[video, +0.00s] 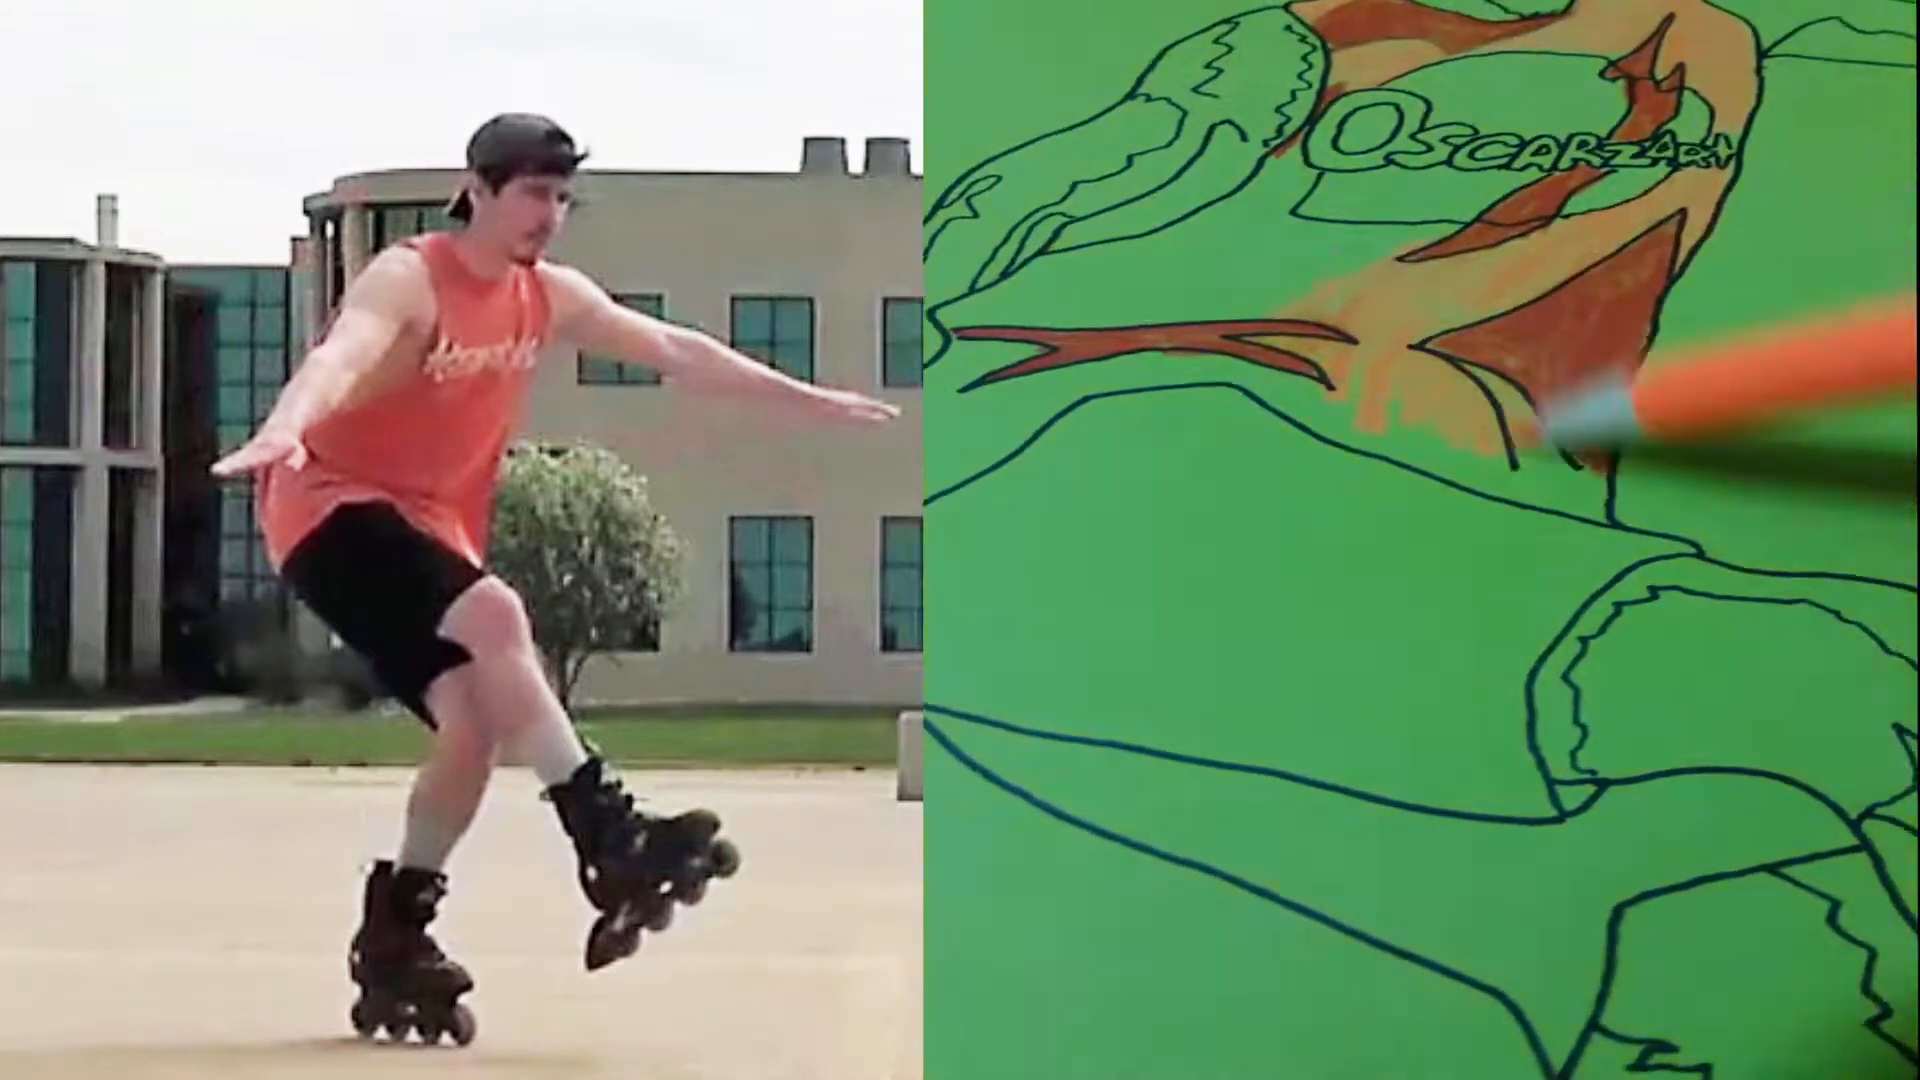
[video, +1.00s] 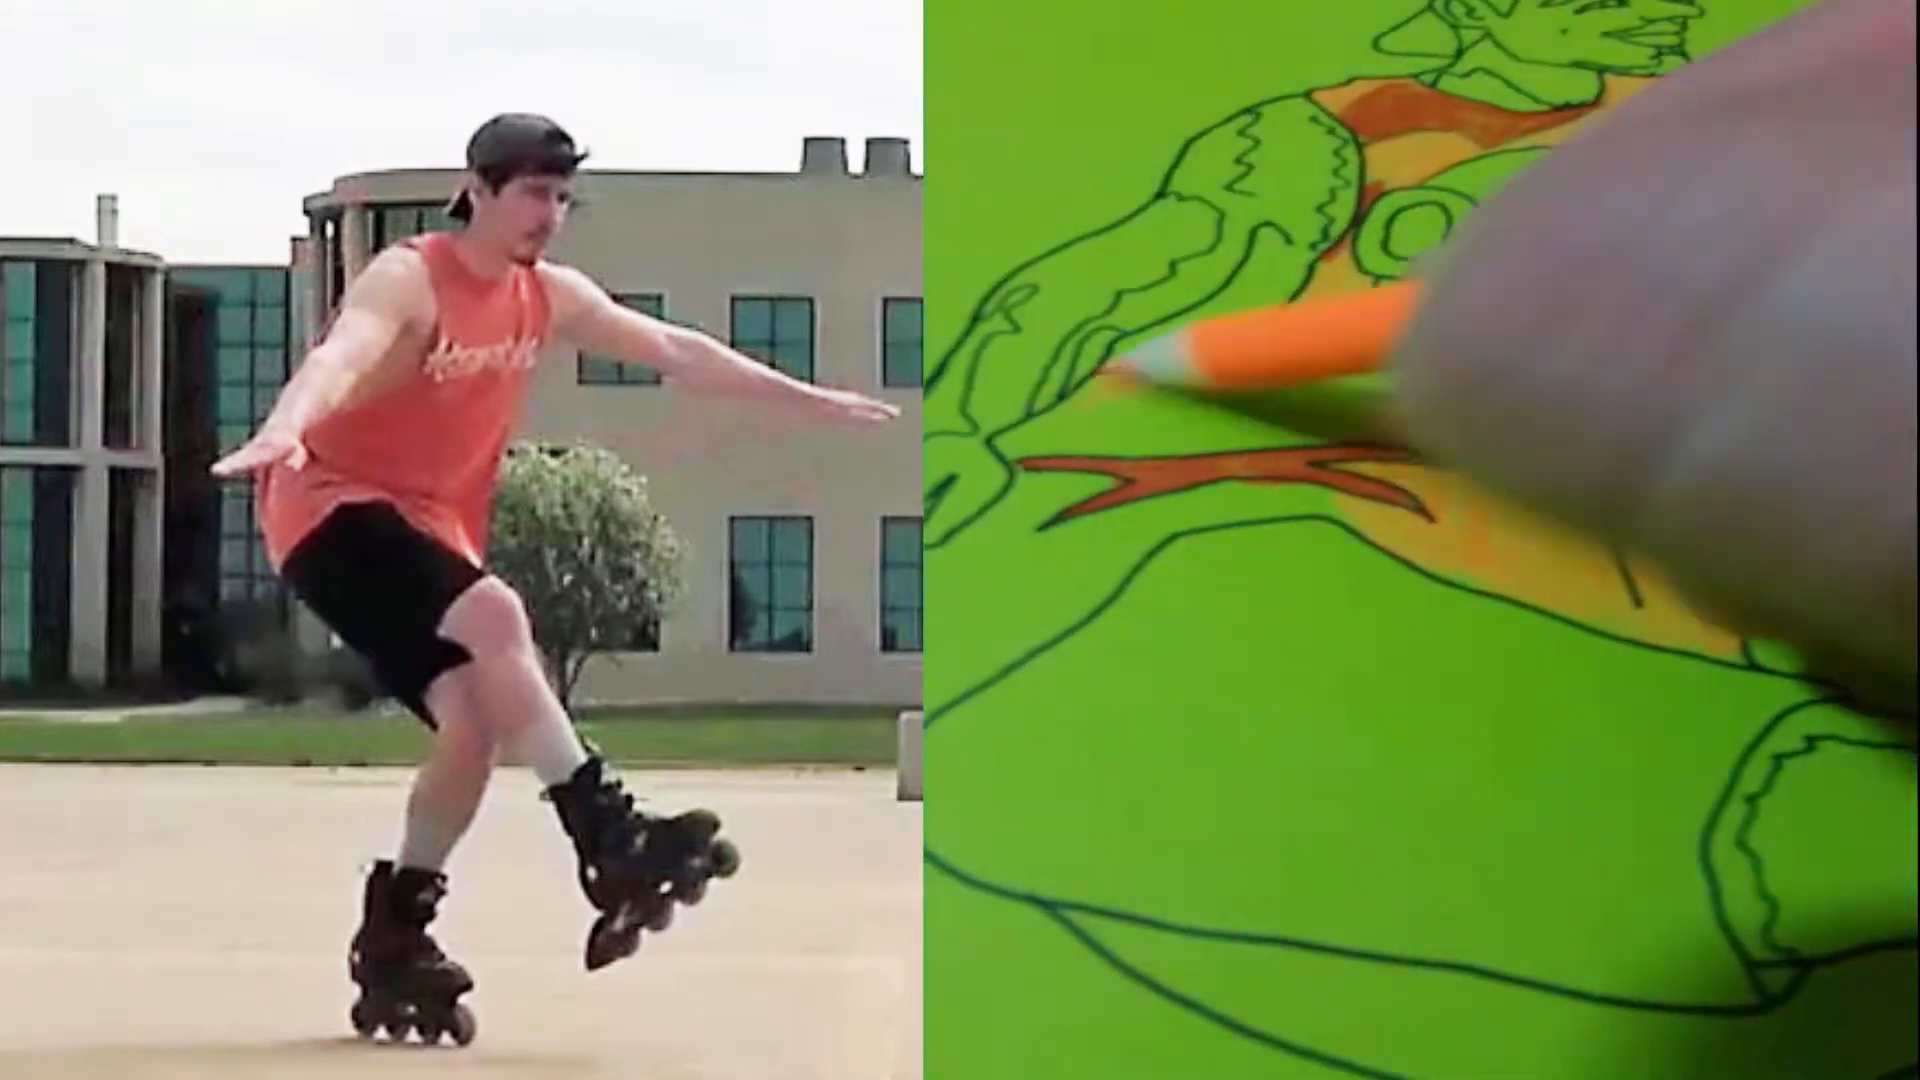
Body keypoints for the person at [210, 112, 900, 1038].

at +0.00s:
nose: (551, 215)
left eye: (561, 199)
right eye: (535, 195)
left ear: (563, 203)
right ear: (475, 191)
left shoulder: (551, 293)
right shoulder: (408, 274)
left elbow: (674, 350)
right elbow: (342, 356)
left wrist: (811, 399)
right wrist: (282, 429)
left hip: (436, 530)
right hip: (334, 505)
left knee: (477, 725)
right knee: (492, 616)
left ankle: (394, 934)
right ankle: (609, 840)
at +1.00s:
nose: (551, 214)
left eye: (561, 198)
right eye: (535, 195)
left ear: (563, 203)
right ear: (476, 191)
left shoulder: (552, 293)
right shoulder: (409, 274)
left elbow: (676, 351)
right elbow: (342, 355)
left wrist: (812, 400)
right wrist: (283, 428)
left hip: (437, 530)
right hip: (335, 506)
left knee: (477, 724)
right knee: (492, 616)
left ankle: (393, 938)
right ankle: (610, 840)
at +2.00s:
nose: (551, 214)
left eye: (561, 199)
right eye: (535, 195)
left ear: (563, 203)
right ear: (476, 191)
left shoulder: (552, 293)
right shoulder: (408, 274)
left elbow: (675, 350)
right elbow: (342, 355)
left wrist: (813, 400)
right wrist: (283, 428)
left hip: (437, 530)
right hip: (334, 506)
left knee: (477, 725)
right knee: (492, 616)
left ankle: (393, 938)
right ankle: (609, 839)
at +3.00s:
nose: (551, 214)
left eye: (561, 198)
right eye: (535, 195)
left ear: (562, 203)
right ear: (476, 191)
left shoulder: (551, 293)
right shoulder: (408, 274)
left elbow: (674, 349)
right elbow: (342, 355)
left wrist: (811, 399)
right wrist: (283, 428)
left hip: (436, 530)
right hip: (335, 505)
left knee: (477, 726)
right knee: (492, 616)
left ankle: (393, 935)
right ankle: (610, 840)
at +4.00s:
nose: (551, 215)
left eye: (561, 199)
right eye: (535, 195)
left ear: (562, 203)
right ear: (476, 191)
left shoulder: (551, 293)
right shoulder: (408, 275)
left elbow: (674, 350)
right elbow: (342, 356)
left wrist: (809, 398)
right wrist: (284, 427)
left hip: (436, 530)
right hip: (335, 505)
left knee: (477, 725)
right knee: (492, 616)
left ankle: (393, 937)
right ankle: (610, 842)